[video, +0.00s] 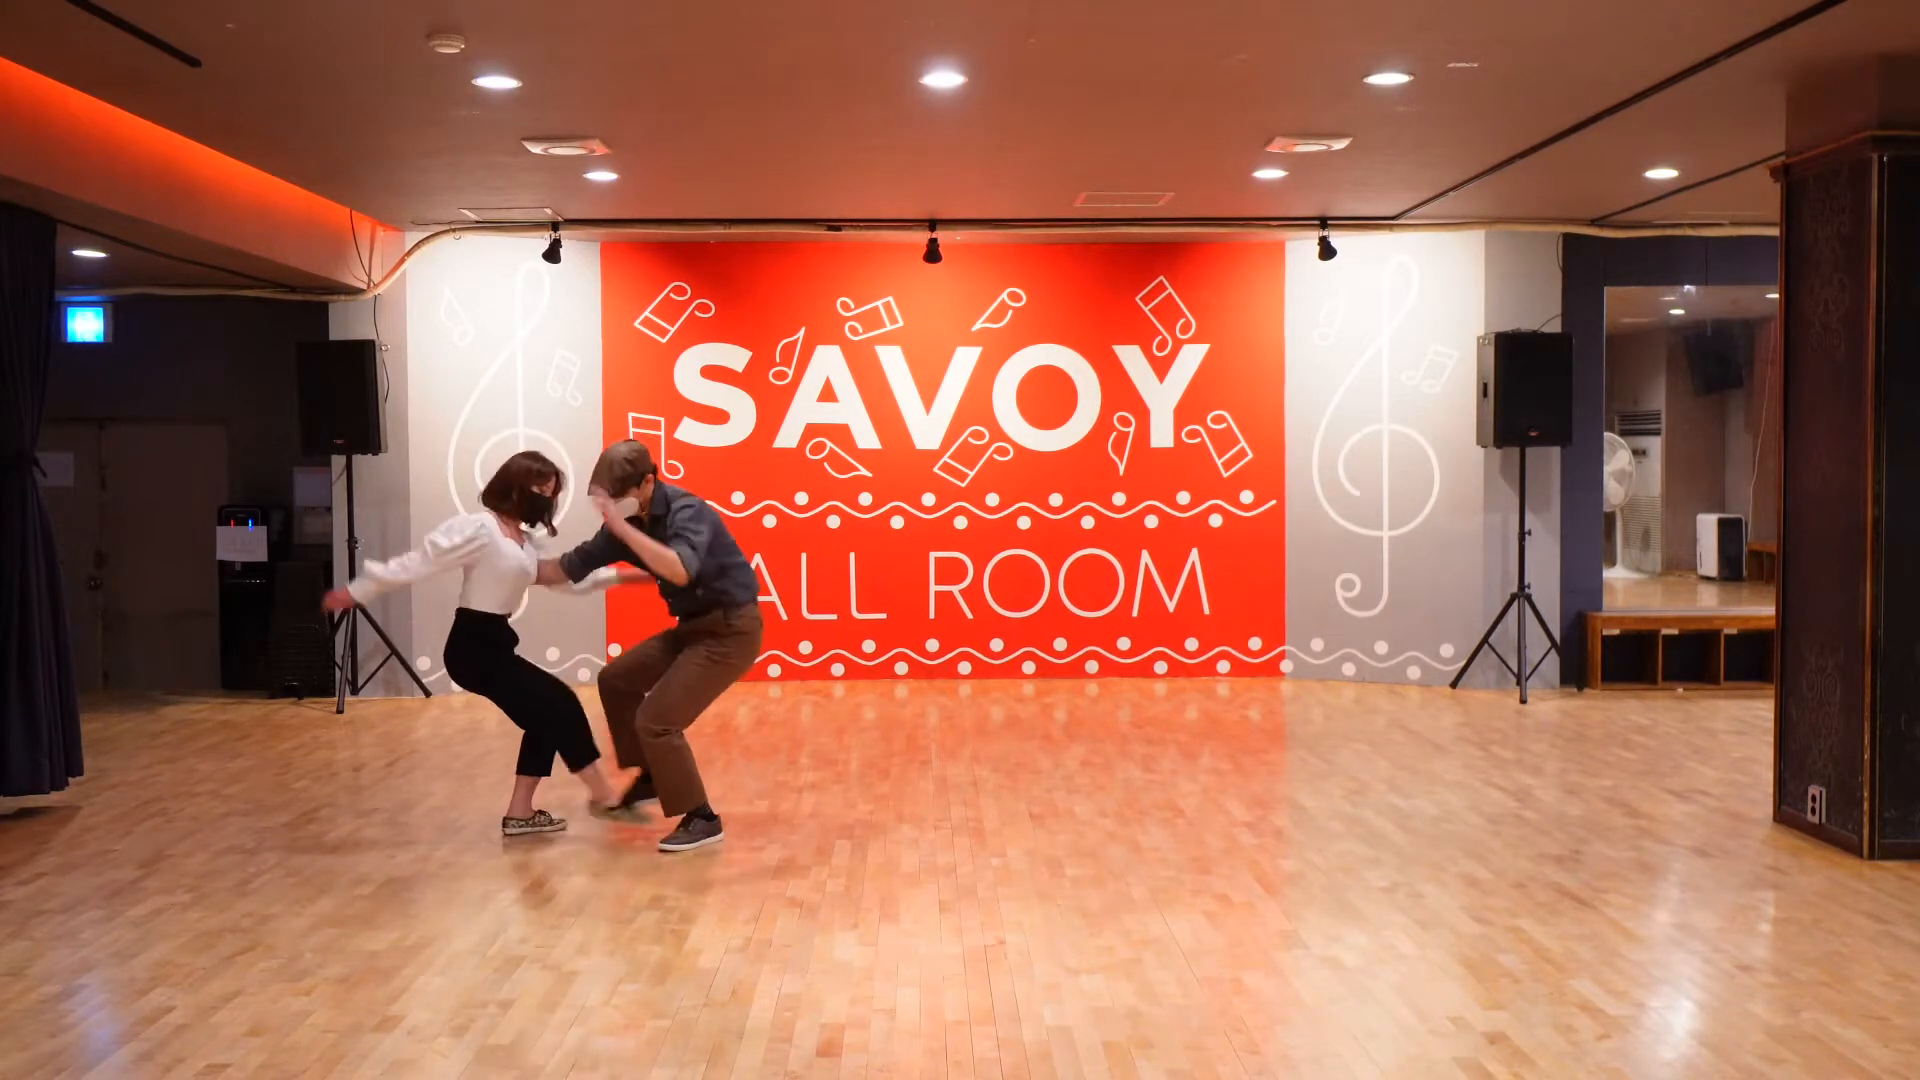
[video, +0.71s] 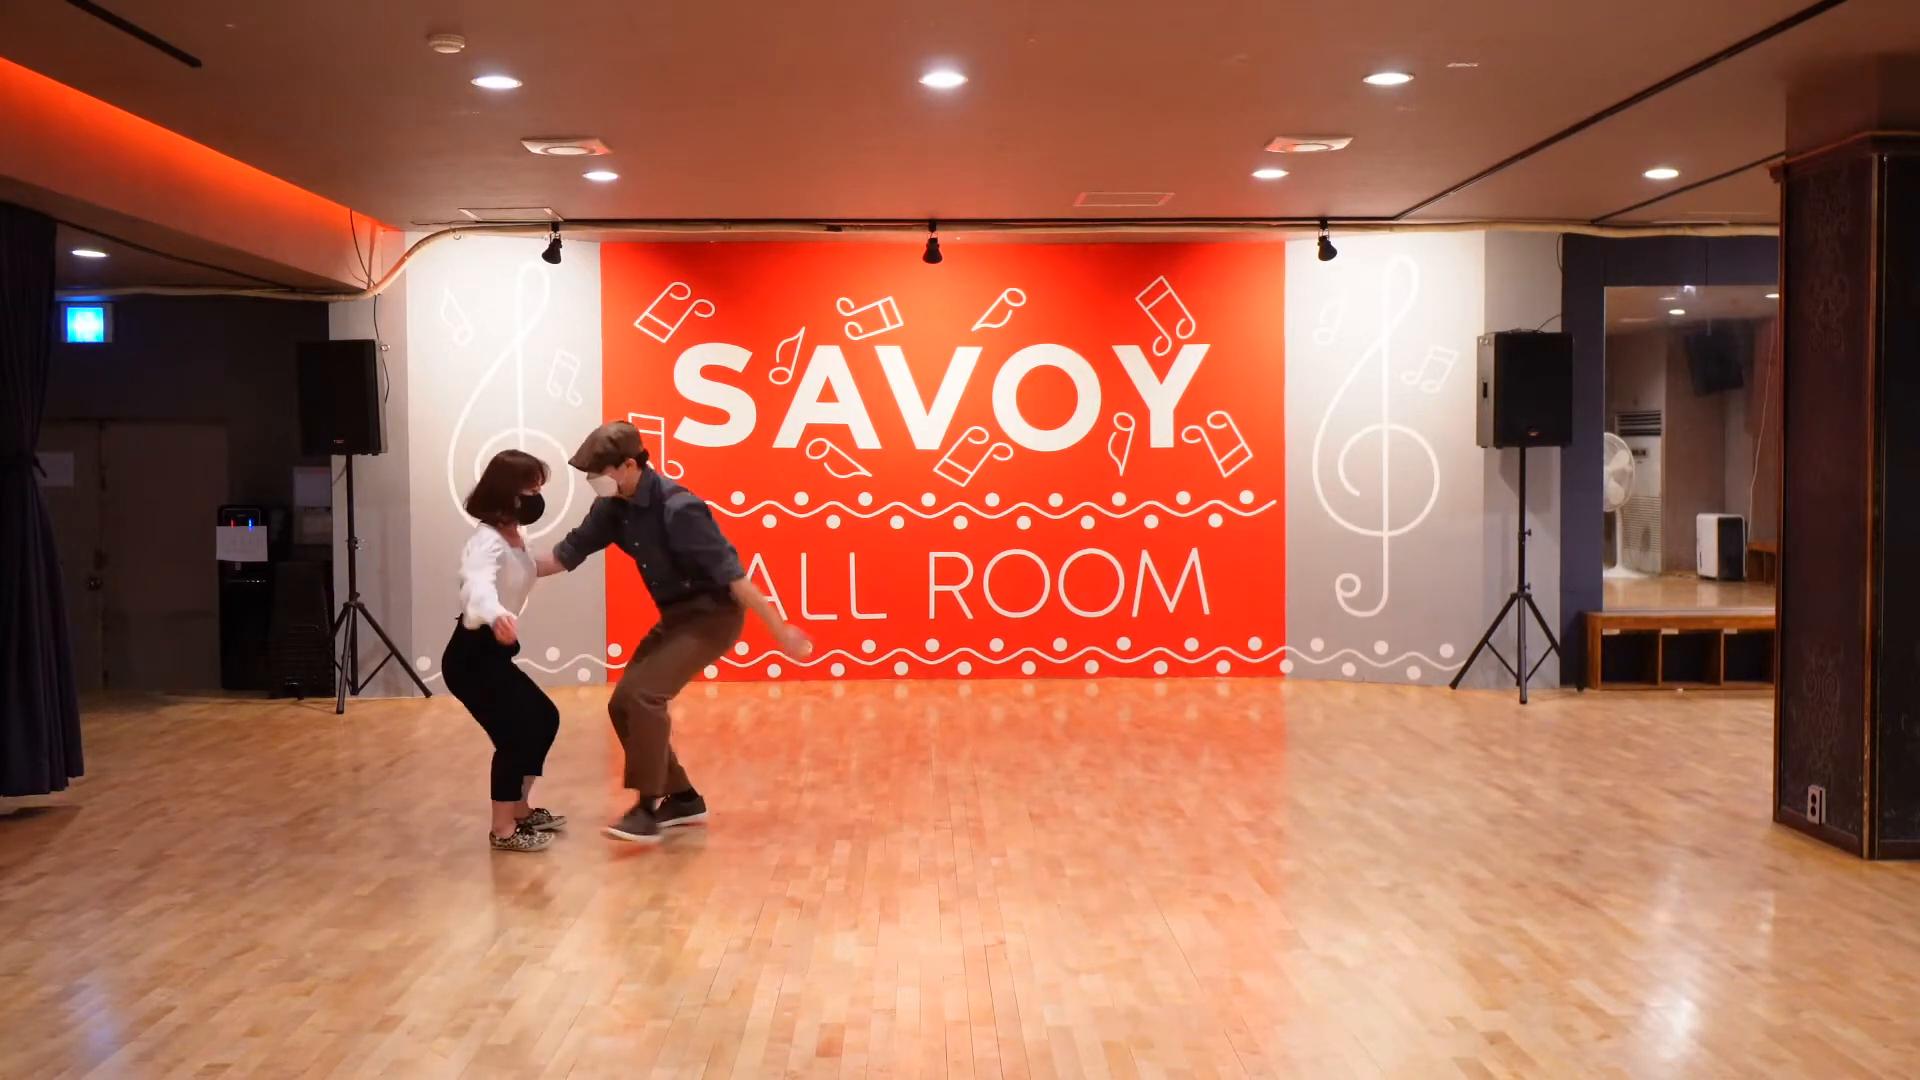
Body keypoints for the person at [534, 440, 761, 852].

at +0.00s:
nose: (611, 508)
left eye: (617, 499)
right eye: (606, 501)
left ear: (645, 485)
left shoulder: (689, 512)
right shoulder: (626, 525)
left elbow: (679, 570)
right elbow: (567, 567)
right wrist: (509, 562)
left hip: (731, 633)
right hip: (691, 631)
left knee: (656, 721)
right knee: (616, 682)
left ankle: (701, 816)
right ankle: (652, 776)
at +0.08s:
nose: (607, 505)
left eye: (611, 495)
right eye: (602, 497)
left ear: (637, 482)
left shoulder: (679, 504)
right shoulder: (621, 530)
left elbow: (657, 537)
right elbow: (561, 566)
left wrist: (614, 483)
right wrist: (502, 556)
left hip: (735, 628)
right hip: (700, 628)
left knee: (659, 718)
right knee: (623, 683)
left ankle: (700, 817)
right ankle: (599, 787)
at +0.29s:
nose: (605, 505)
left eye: (611, 495)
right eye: (601, 498)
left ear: (640, 483)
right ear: (631, 486)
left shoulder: (679, 508)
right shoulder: (631, 526)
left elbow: (623, 543)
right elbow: (563, 562)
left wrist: (562, 496)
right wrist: (500, 557)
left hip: (734, 629)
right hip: (697, 630)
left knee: (658, 720)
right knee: (621, 686)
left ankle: (701, 818)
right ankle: (617, 790)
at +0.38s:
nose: (604, 504)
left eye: (609, 494)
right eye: (601, 495)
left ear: (639, 484)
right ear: (634, 484)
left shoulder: (682, 515)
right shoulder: (628, 522)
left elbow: (630, 573)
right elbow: (574, 559)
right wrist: (528, 565)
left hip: (732, 633)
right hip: (694, 632)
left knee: (655, 720)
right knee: (617, 690)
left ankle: (701, 818)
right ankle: (659, 781)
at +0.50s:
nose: (603, 500)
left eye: (609, 490)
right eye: (600, 492)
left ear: (638, 481)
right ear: (626, 485)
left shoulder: (680, 521)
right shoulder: (622, 526)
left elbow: (650, 609)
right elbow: (564, 569)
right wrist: (503, 575)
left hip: (722, 636)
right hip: (686, 637)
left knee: (650, 723)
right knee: (621, 716)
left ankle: (700, 818)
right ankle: (675, 806)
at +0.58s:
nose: (601, 492)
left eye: (607, 483)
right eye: (598, 484)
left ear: (635, 477)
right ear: (624, 480)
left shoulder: (678, 521)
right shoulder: (619, 517)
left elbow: (691, 609)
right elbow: (566, 564)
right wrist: (506, 576)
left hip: (717, 625)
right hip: (682, 624)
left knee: (641, 711)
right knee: (620, 710)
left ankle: (693, 810)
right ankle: (673, 804)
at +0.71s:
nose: (594, 483)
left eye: (599, 473)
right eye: (591, 475)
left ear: (629, 466)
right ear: (619, 470)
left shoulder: (680, 508)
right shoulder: (612, 508)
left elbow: (734, 576)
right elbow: (565, 555)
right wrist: (512, 568)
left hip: (714, 614)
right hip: (676, 617)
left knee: (642, 694)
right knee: (624, 707)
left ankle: (649, 805)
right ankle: (682, 796)